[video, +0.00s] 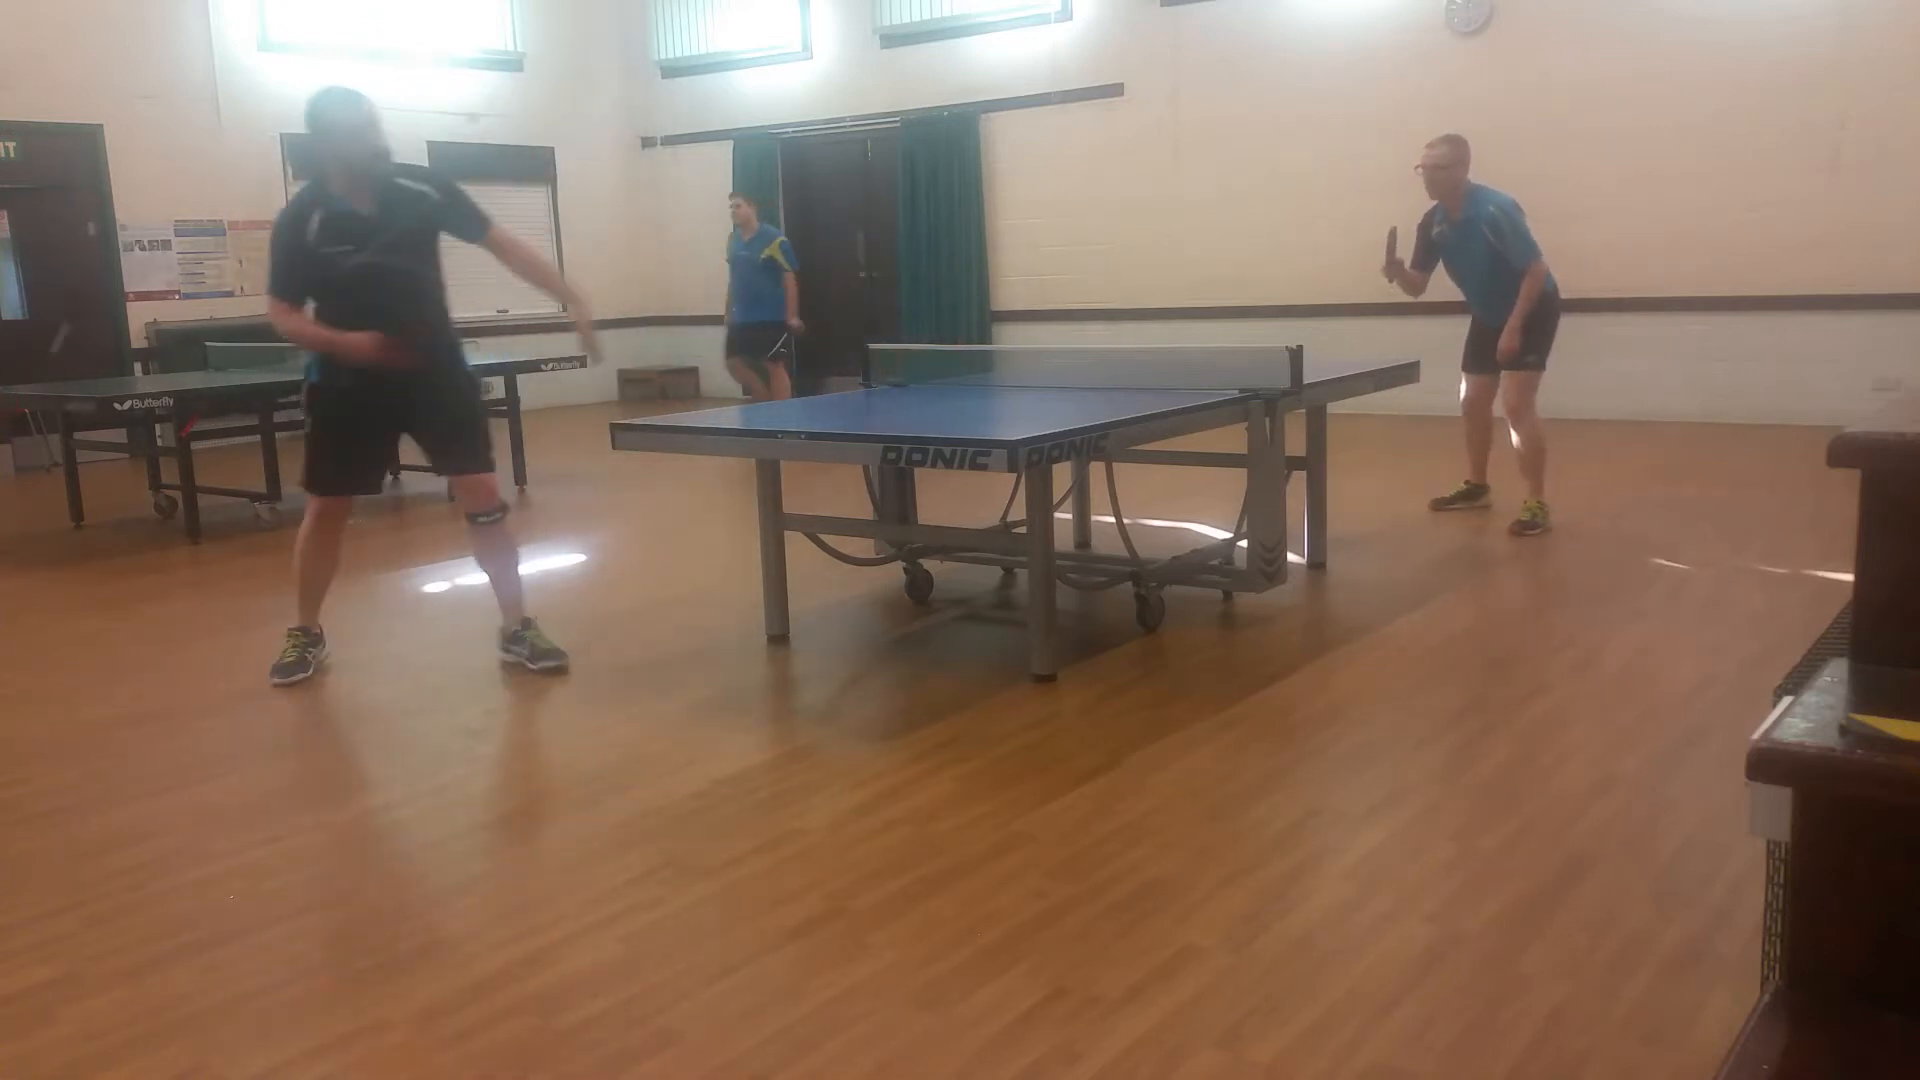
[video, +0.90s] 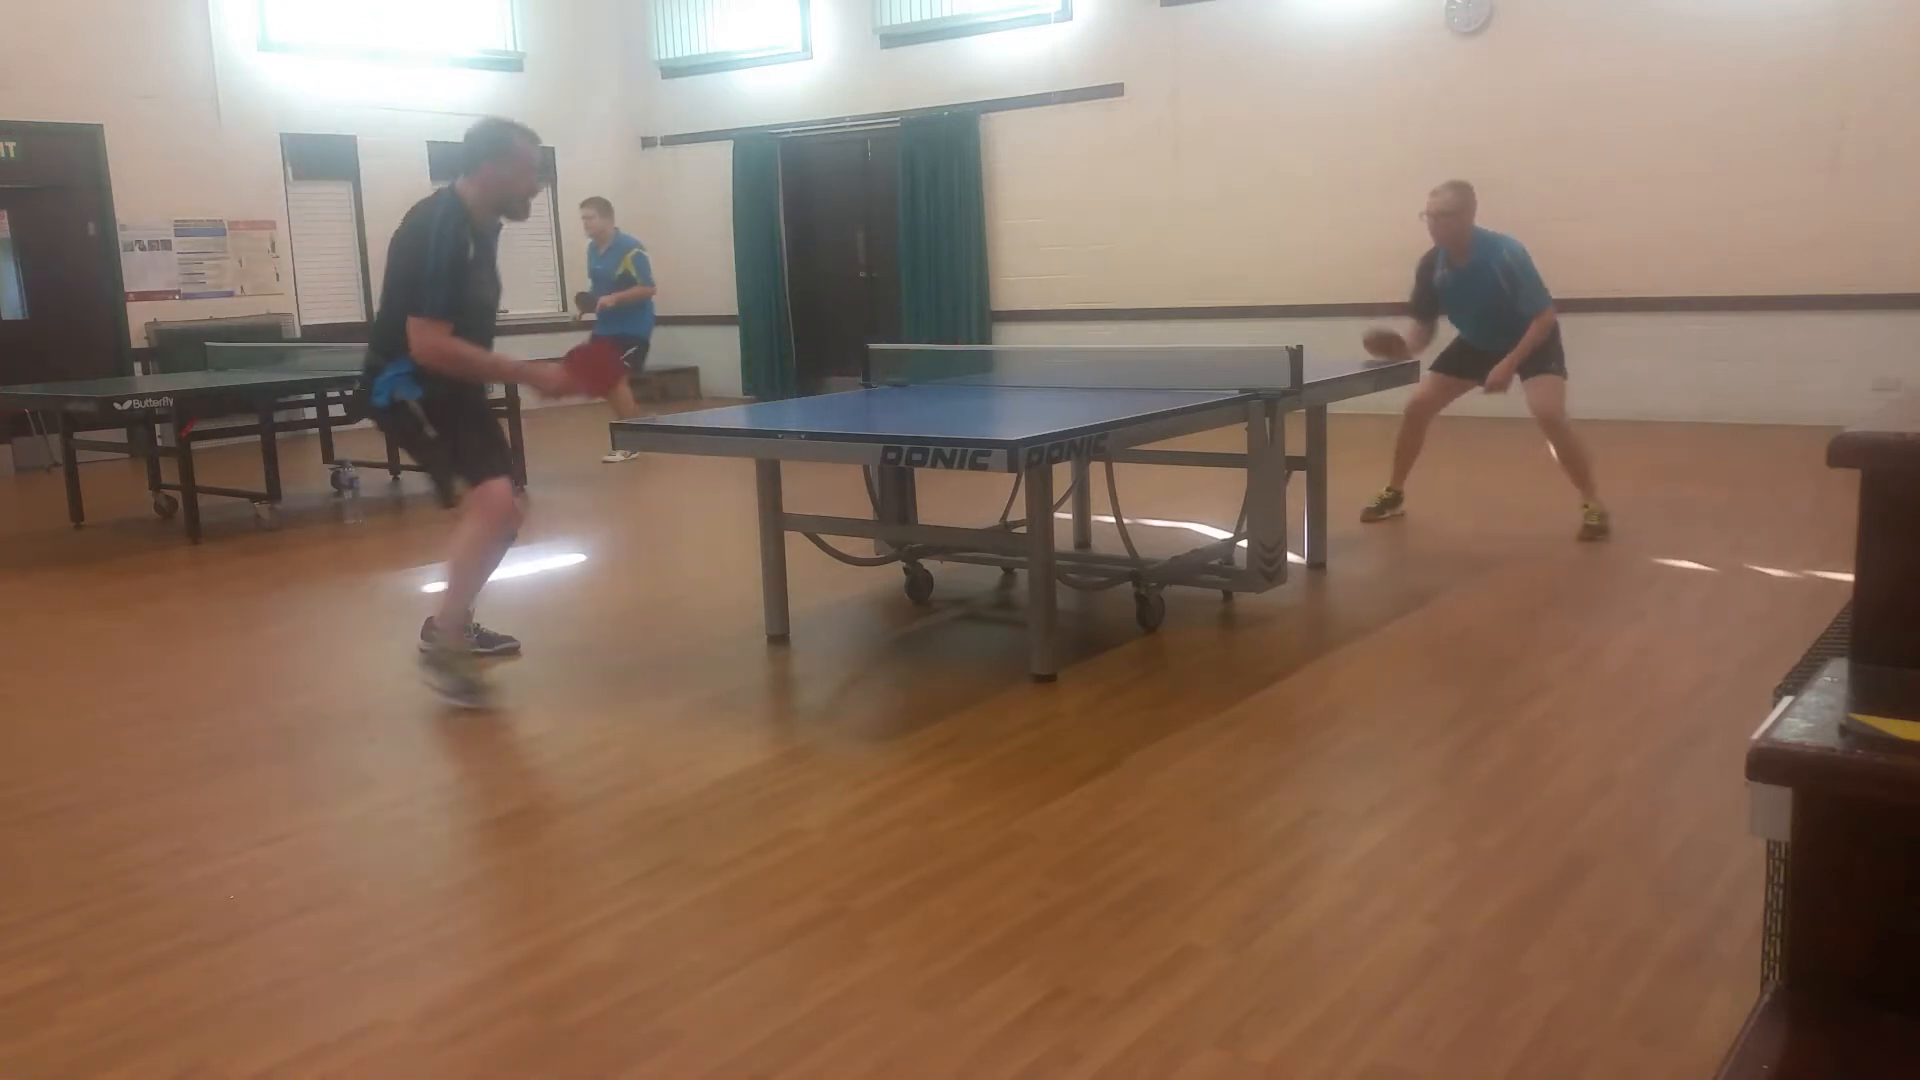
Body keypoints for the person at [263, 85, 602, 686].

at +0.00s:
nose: (370, 141)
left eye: (372, 128)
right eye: (353, 133)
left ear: (381, 131)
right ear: (322, 145)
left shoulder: (424, 193)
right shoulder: (299, 220)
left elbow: (502, 243)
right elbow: (283, 314)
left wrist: (572, 296)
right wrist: (350, 342)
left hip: (434, 374)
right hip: (347, 386)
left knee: (479, 491)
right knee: (326, 507)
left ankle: (518, 628)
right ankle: (305, 632)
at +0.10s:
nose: (351, 150)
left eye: (352, 136)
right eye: (332, 143)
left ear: (359, 137)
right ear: (297, 154)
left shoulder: (410, 197)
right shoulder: (280, 221)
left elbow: (476, 257)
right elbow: (256, 313)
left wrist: (527, 325)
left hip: (420, 378)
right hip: (334, 389)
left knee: (464, 499)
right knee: (315, 510)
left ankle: (472, 615)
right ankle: (307, 633)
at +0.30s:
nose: (333, 219)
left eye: (342, 205)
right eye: (321, 207)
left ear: (367, 193)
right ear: (307, 203)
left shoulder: (418, 247)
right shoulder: (287, 246)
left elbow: (450, 324)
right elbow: (246, 326)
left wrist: (457, 398)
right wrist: (197, 287)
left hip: (402, 405)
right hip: (316, 410)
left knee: (445, 526)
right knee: (292, 536)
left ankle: (442, 628)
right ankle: (311, 635)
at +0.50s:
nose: (448, 282)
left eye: (450, 272)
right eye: (441, 271)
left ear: (428, 263)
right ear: (403, 261)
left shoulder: (424, 288)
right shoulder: (346, 296)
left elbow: (420, 342)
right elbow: (377, 408)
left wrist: (451, 398)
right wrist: (464, 451)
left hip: (387, 415)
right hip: (319, 426)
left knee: (468, 518)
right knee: (307, 556)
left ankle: (444, 627)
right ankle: (301, 635)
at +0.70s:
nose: (517, 235)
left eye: (517, 222)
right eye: (511, 221)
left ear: (473, 216)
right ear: (474, 218)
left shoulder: (449, 262)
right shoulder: (410, 266)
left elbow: (421, 365)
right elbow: (391, 379)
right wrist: (481, 427)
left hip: (416, 407)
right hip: (363, 415)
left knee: (490, 511)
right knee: (391, 556)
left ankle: (447, 625)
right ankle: (293, 614)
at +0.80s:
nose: (529, 205)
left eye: (529, 192)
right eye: (522, 191)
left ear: (483, 190)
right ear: (481, 187)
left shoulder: (468, 242)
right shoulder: (425, 241)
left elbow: (438, 348)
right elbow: (405, 357)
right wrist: (507, 404)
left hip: (433, 390)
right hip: (385, 396)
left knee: (497, 514)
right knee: (452, 526)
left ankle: (447, 626)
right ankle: (353, 603)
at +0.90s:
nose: (535, 190)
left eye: (537, 178)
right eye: (529, 177)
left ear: (493, 172)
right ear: (491, 171)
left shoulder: (478, 224)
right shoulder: (437, 225)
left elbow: (460, 330)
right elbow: (427, 344)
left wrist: (535, 376)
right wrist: (527, 371)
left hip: (450, 378)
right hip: (410, 383)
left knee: (509, 506)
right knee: (495, 500)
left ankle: (453, 621)